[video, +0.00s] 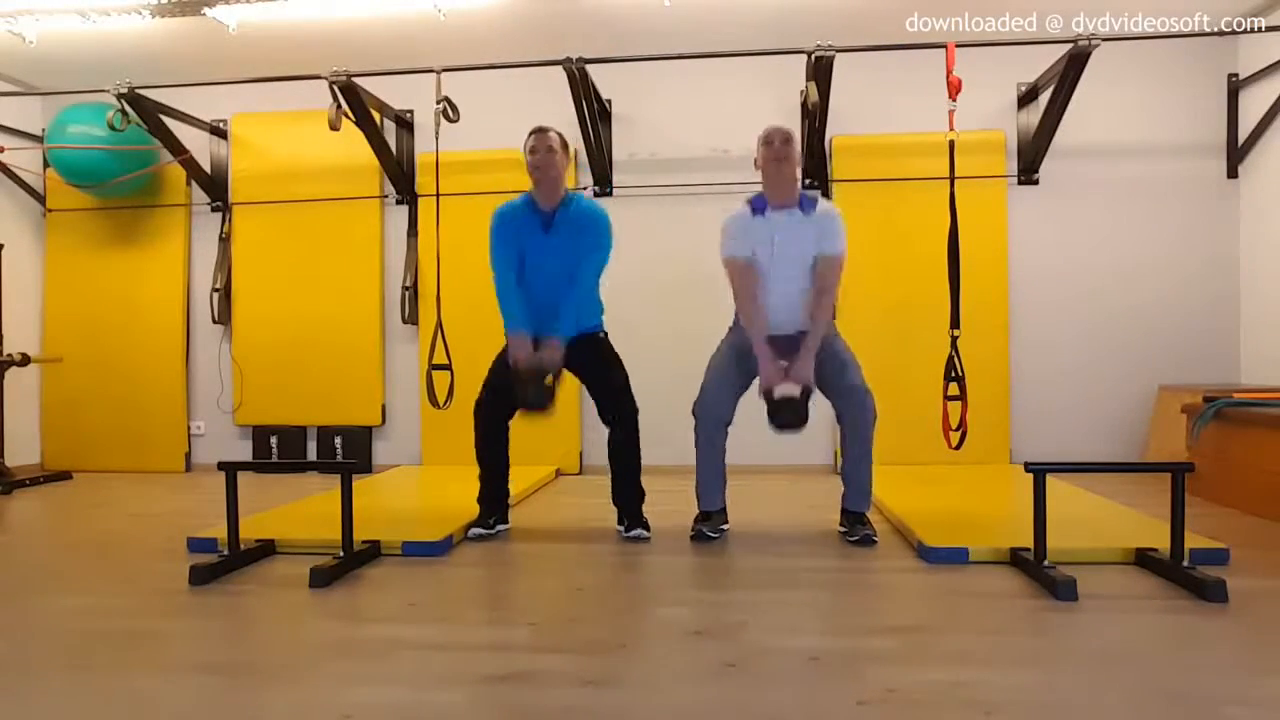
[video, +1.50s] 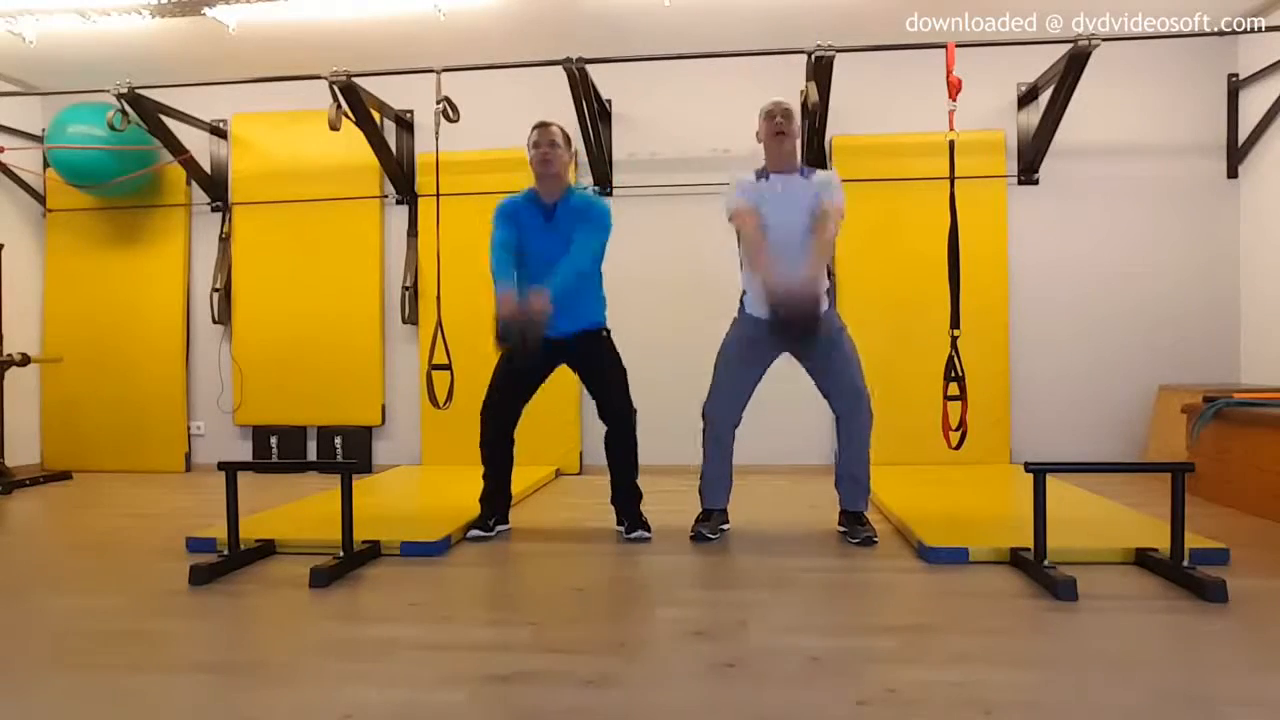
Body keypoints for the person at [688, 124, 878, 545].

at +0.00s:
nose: (778, 148)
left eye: (786, 142)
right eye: (769, 143)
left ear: (799, 158)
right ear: (757, 160)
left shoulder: (826, 217)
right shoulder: (739, 224)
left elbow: (825, 294)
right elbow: (746, 299)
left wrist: (808, 353)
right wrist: (765, 357)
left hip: (813, 336)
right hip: (752, 336)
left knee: (859, 403)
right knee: (709, 408)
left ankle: (855, 512)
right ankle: (711, 511)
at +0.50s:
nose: (775, 122)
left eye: (781, 115)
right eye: (766, 116)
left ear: (794, 125)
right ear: (754, 128)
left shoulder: (822, 183)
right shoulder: (738, 187)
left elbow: (820, 256)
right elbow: (746, 257)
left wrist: (806, 313)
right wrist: (763, 312)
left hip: (812, 309)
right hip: (751, 310)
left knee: (849, 407)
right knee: (719, 406)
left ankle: (853, 512)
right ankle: (712, 510)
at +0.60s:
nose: (774, 114)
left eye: (780, 108)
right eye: (765, 109)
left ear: (792, 122)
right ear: (752, 125)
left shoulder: (817, 166)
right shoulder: (738, 174)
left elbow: (820, 207)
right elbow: (746, 214)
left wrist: (805, 252)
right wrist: (771, 253)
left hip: (811, 304)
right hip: (753, 305)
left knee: (840, 405)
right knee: (727, 407)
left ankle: (853, 511)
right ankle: (713, 510)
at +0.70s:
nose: (774, 128)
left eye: (781, 122)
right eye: (766, 123)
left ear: (792, 134)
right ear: (753, 136)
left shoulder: (812, 169)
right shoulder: (741, 175)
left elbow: (825, 187)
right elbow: (738, 189)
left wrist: (776, 183)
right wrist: (784, 182)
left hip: (810, 301)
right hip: (753, 303)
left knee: (835, 405)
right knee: (732, 407)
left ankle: (852, 511)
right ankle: (713, 510)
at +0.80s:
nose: (787, 136)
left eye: (795, 129)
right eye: (781, 128)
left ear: (808, 129)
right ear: (763, 125)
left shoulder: (816, 171)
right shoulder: (742, 174)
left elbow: (821, 179)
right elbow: (739, 177)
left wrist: (810, 128)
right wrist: (760, 135)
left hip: (811, 300)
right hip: (754, 301)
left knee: (837, 405)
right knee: (733, 405)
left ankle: (853, 511)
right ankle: (714, 508)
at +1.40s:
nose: (779, 114)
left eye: (787, 109)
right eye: (771, 109)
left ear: (800, 124)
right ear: (759, 125)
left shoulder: (822, 167)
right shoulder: (746, 173)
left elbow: (827, 186)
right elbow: (745, 189)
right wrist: (771, 200)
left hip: (815, 313)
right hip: (756, 314)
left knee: (849, 411)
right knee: (724, 412)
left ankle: (852, 512)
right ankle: (714, 511)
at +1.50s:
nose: (779, 122)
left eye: (787, 117)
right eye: (771, 117)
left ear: (799, 133)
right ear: (758, 134)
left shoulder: (825, 181)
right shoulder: (745, 188)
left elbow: (825, 234)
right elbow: (751, 240)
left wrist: (811, 283)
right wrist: (774, 287)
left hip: (816, 319)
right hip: (758, 319)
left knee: (855, 407)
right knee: (718, 412)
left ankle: (853, 512)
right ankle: (713, 510)